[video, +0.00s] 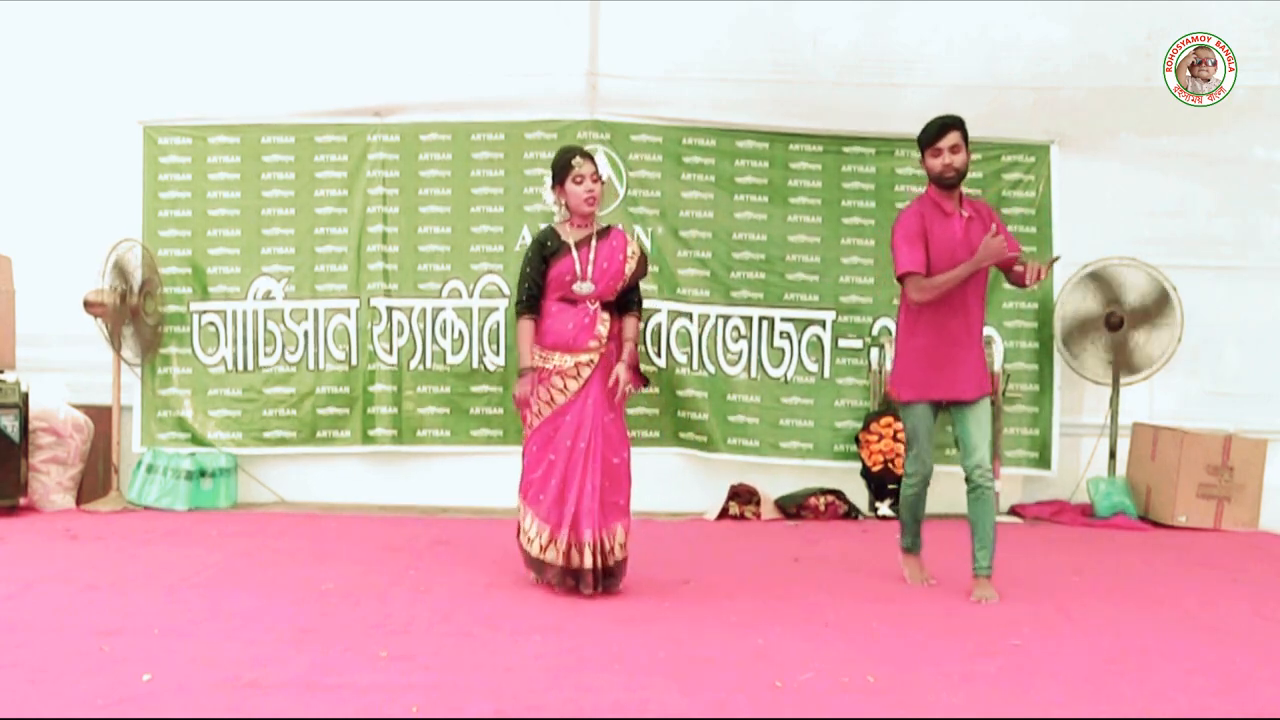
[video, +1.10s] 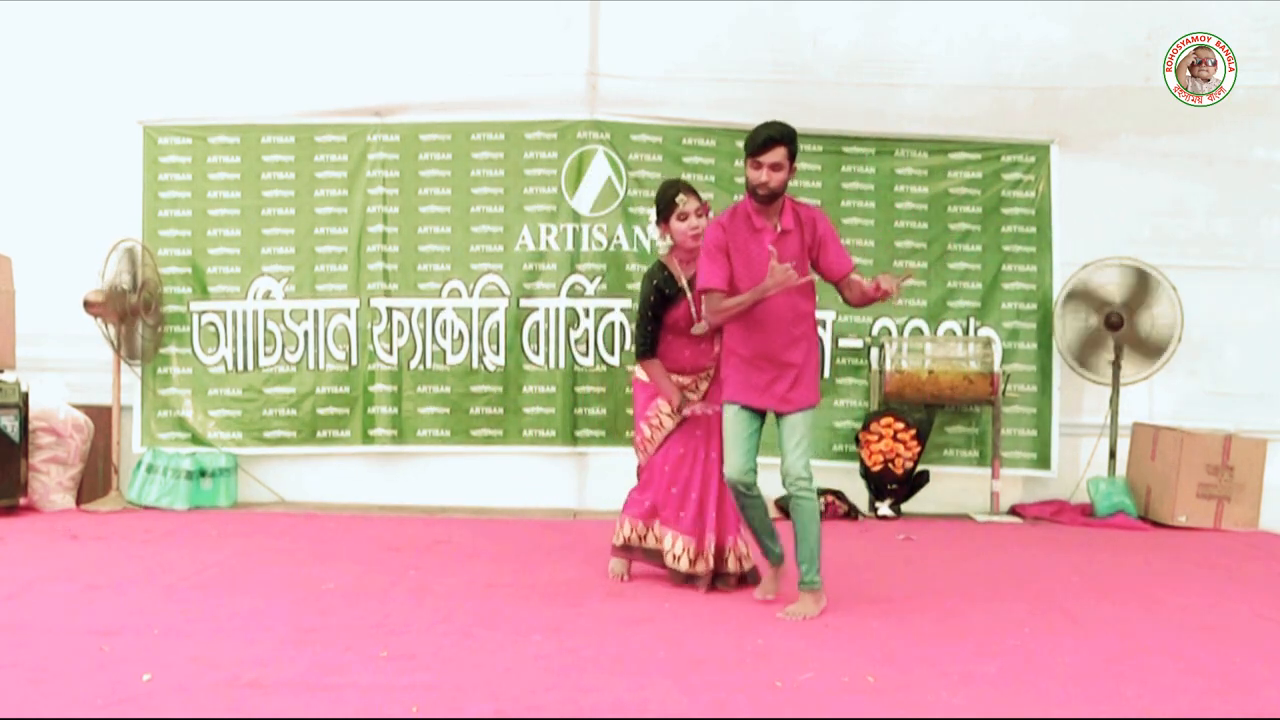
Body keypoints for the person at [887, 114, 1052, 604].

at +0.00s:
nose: (949, 158)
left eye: (956, 149)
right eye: (938, 152)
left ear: (969, 155)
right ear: (924, 160)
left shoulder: (982, 213)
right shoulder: (911, 219)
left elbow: (1013, 268)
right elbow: (917, 291)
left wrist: (1026, 274)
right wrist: (981, 261)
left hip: (968, 360)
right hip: (918, 362)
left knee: (979, 471)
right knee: (919, 469)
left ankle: (982, 575)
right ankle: (911, 552)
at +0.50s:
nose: (906, 164)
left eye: (916, 156)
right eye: (896, 155)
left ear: (929, 159)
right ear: (883, 158)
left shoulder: (940, 214)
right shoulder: (866, 221)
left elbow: (985, 271)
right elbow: (880, 298)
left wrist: (1007, 249)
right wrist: (934, 256)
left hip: (922, 364)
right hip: (875, 365)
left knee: (916, 470)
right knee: (891, 475)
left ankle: (911, 584)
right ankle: (909, 573)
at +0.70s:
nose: (869, 170)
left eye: (880, 162)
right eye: (862, 160)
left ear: (897, 165)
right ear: (849, 159)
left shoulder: (908, 216)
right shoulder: (829, 220)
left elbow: (953, 281)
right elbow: (828, 299)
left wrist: (966, 255)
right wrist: (881, 254)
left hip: (892, 362)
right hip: (838, 362)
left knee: (896, 475)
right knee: (844, 471)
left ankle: (901, 586)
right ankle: (856, 563)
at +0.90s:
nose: (822, 164)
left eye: (834, 156)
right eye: (815, 154)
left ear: (850, 159)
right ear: (803, 152)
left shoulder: (863, 207)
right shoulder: (780, 213)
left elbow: (911, 268)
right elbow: (784, 293)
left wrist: (929, 254)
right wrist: (844, 259)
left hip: (844, 359)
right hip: (795, 360)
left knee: (833, 465)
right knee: (811, 472)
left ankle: (828, 581)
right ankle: (845, 563)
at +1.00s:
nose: (790, 176)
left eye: (801, 167)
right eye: (782, 165)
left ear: (817, 170)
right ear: (770, 164)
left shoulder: (832, 221)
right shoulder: (748, 228)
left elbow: (876, 288)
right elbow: (743, 313)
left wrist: (898, 290)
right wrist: (806, 288)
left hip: (814, 373)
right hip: (761, 373)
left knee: (808, 476)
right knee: (768, 482)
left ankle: (813, 589)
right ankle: (816, 555)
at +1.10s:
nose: (766, 177)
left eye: (777, 168)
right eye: (758, 166)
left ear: (792, 171)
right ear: (745, 166)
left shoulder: (809, 220)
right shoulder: (722, 227)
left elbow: (850, 289)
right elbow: (711, 313)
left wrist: (873, 289)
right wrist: (764, 289)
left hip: (797, 370)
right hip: (742, 370)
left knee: (796, 474)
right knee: (736, 473)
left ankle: (811, 588)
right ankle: (773, 559)